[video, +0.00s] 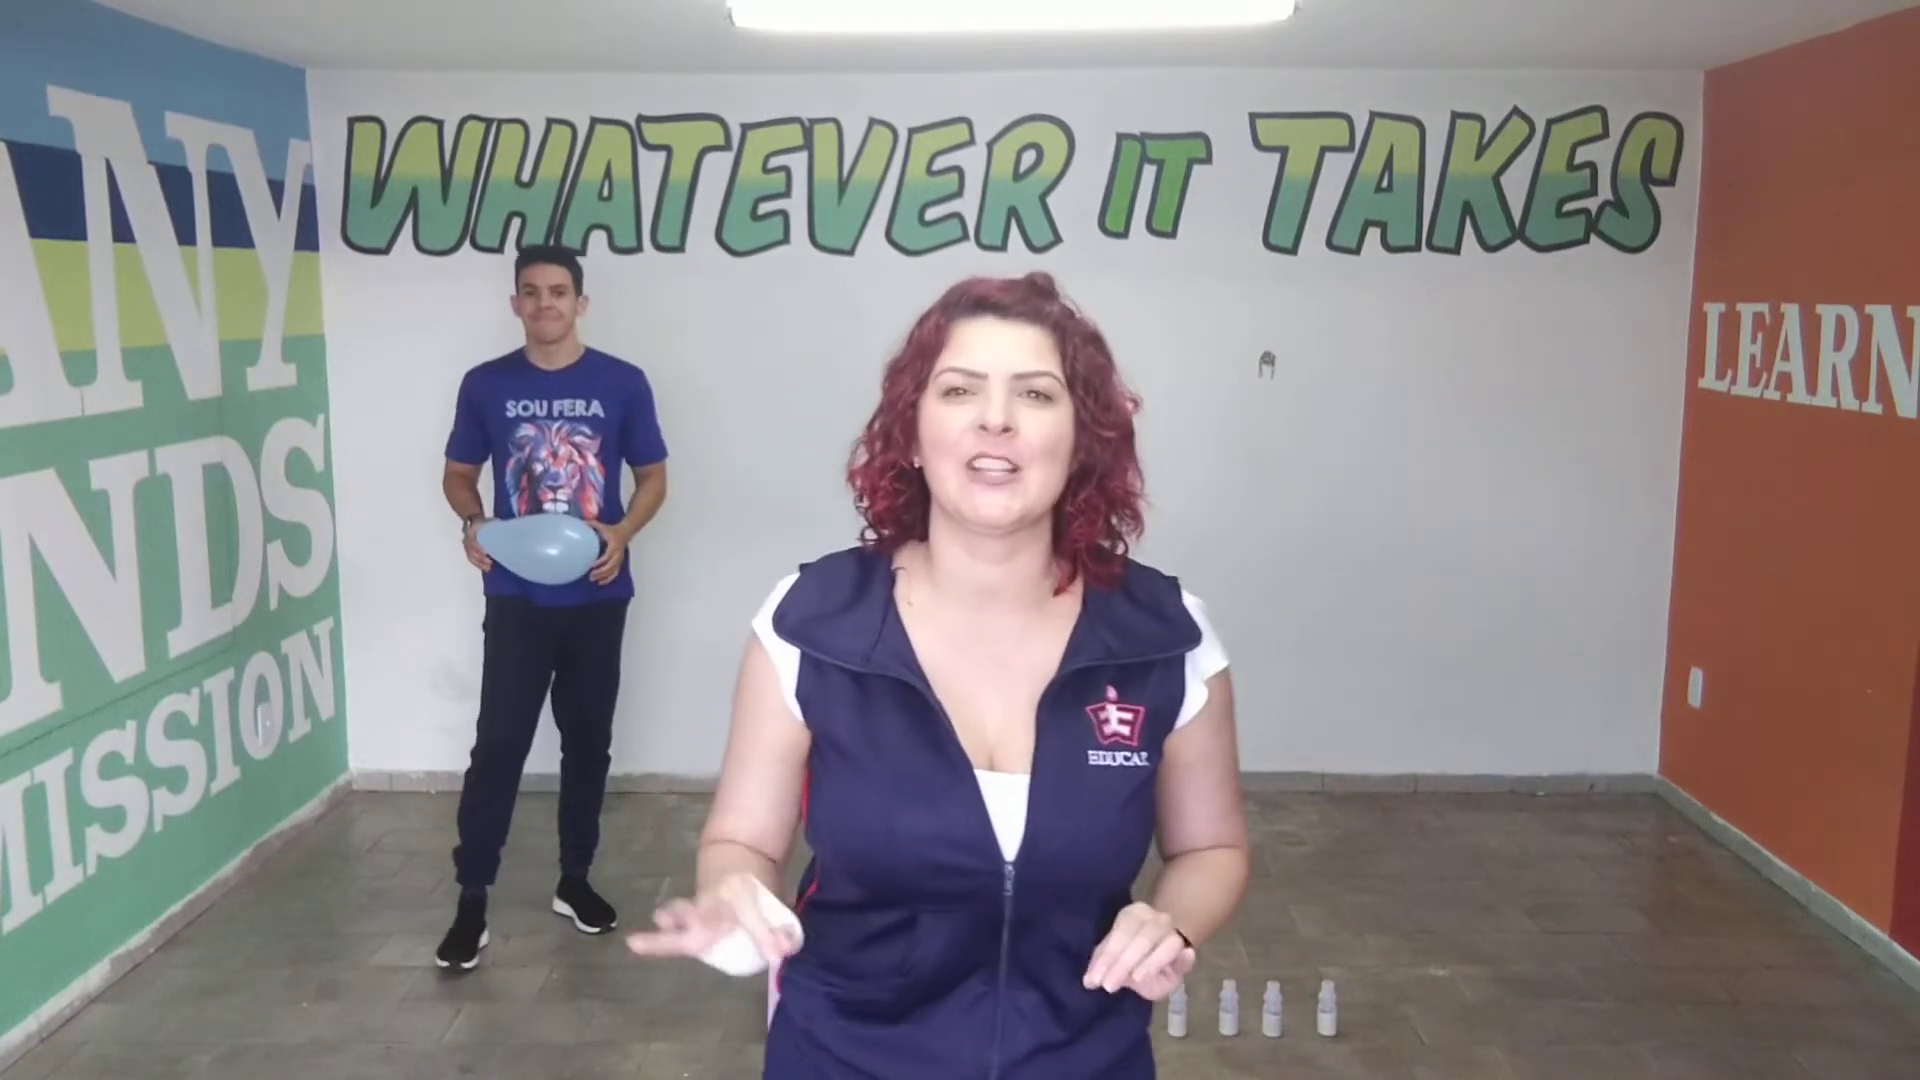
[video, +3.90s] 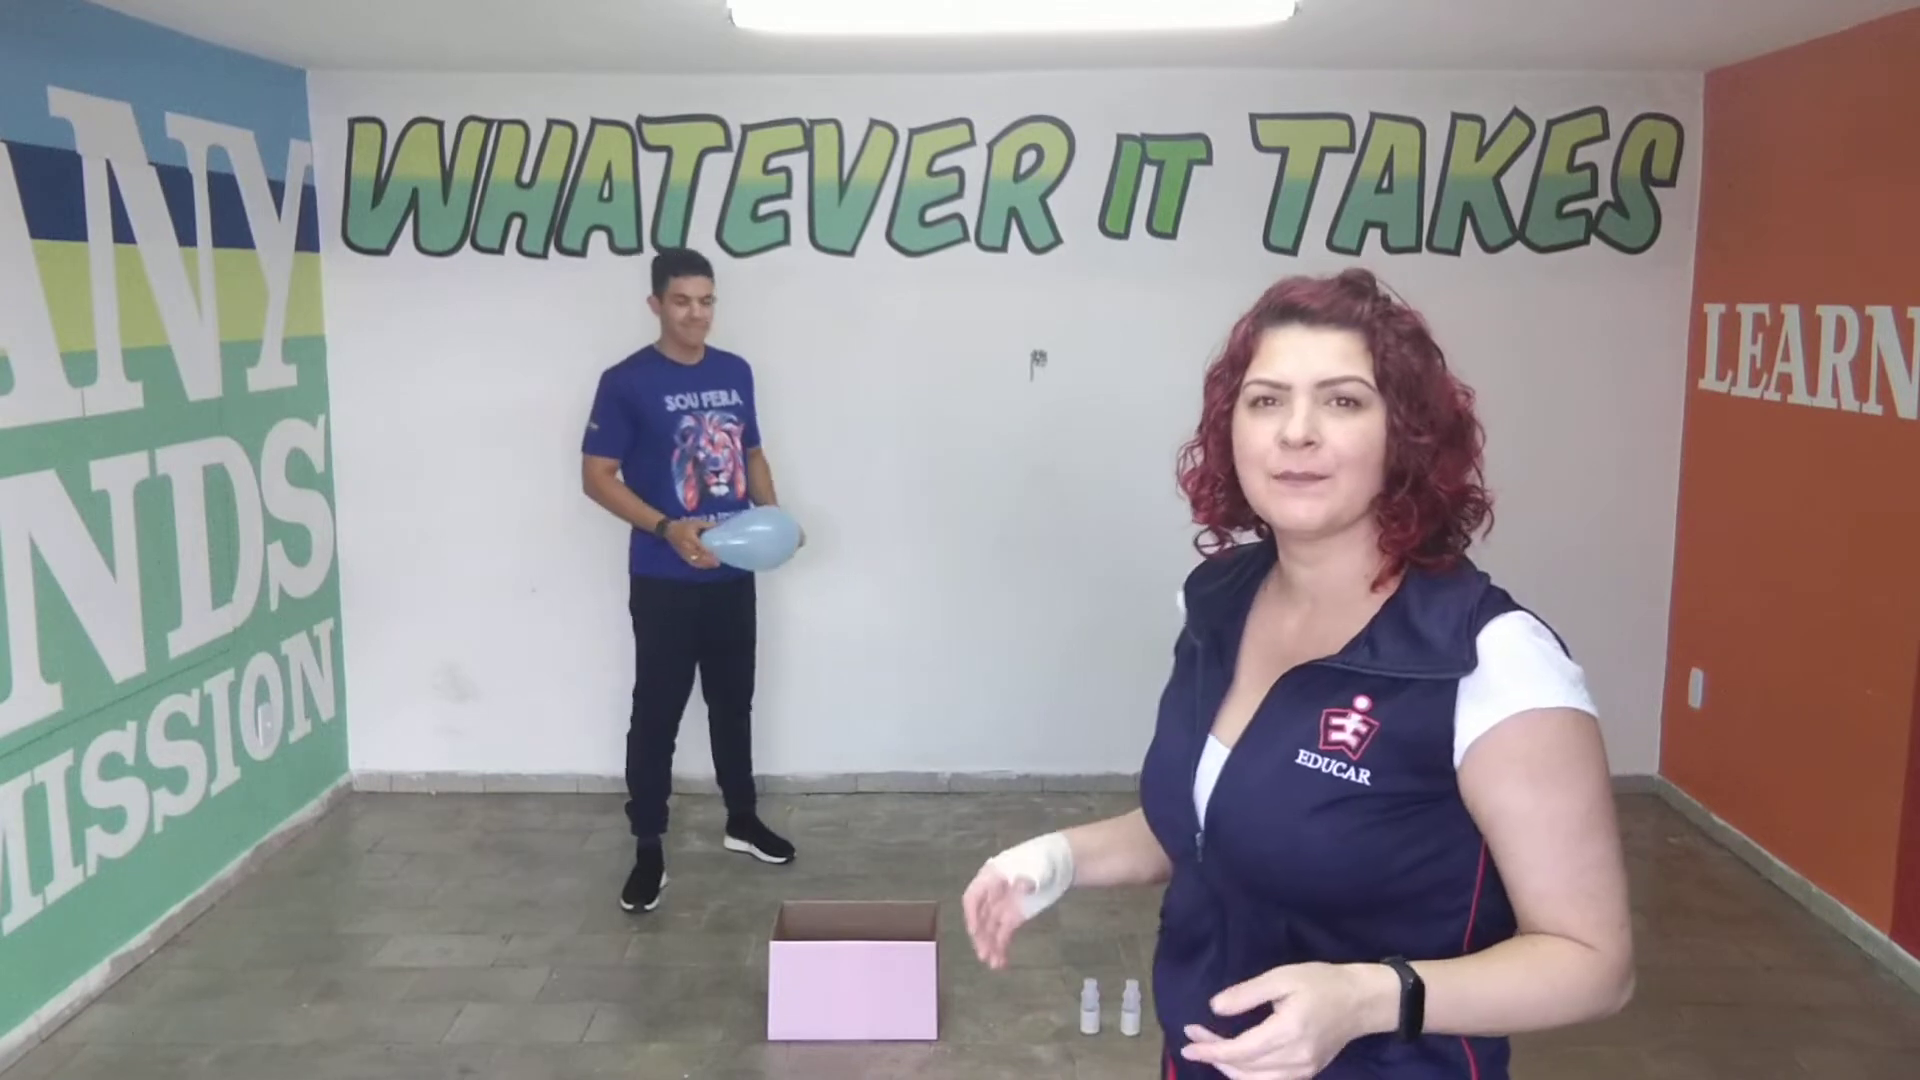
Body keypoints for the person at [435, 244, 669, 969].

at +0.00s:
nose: (543, 304)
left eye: (556, 293)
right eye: (531, 292)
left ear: (580, 302)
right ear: (517, 302)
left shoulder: (623, 385)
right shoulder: (486, 385)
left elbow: (655, 479)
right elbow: (458, 479)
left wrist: (625, 529)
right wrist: (477, 520)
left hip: (597, 598)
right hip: (517, 597)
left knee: (587, 746)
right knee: (498, 748)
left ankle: (574, 882)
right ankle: (471, 905)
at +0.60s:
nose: (482, 301)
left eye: (495, 289)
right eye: (469, 289)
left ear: (520, 301)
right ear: (453, 302)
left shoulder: (565, 384)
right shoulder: (425, 388)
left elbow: (602, 483)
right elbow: (396, 503)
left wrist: (572, 533)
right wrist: (396, 459)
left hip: (543, 608)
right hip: (460, 610)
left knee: (559, 750)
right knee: (463, 762)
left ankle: (572, 882)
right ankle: (465, 912)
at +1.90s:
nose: (589, 331)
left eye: (599, 319)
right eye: (578, 315)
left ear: (605, 319)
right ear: (538, 304)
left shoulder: (620, 394)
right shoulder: (475, 383)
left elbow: (643, 495)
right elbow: (435, 476)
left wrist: (616, 553)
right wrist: (466, 531)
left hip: (592, 619)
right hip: (502, 619)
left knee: (604, 770)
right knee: (484, 768)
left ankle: (612, 920)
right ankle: (468, 911)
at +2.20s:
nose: (642, 347)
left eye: (653, 334)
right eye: (633, 330)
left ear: (660, 328)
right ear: (595, 310)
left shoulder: (671, 397)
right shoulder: (529, 375)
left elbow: (696, 499)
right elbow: (484, 464)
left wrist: (660, 565)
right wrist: (501, 533)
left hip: (623, 615)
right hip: (536, 609)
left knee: (618, 770)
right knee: (519, 758)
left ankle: (612, 922)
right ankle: (521, 900)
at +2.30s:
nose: (652, 345)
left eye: (662, 334)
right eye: (643, 329)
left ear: (668, 327)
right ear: (606, 307)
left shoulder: (679, 399)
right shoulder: (538, 374)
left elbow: (705, 500)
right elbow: (496, 462)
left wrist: (673, 560)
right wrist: (511, 533)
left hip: (628, 615)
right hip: (543, 608)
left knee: (622, 765)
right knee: (533, 751)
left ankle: (612, 917)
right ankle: (583, 863)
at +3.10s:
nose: (631, 335)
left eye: (640, 322)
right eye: (618, 323)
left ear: (650, 313)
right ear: (586, 317)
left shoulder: (684, 378)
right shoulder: (555, 390)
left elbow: (723, 468)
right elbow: (538, 477)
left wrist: (694, 530)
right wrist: (555, 534)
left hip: (674, 582)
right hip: (601, 586)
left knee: (675, 729)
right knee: (625, 728)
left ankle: (685, 884)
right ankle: (646, 851)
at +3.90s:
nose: (696, 312)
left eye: (705, 301)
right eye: (683, 301)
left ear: (714, 305)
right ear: (657, 305)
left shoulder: (734, 373)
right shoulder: (626, 382)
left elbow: (751, 456)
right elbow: (598, 478)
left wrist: (771, 522)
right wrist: (664, 525)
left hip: (732, 575)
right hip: (665, 579)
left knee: (733, 704)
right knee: (656, 717)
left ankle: (742, 819)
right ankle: (648, 852)